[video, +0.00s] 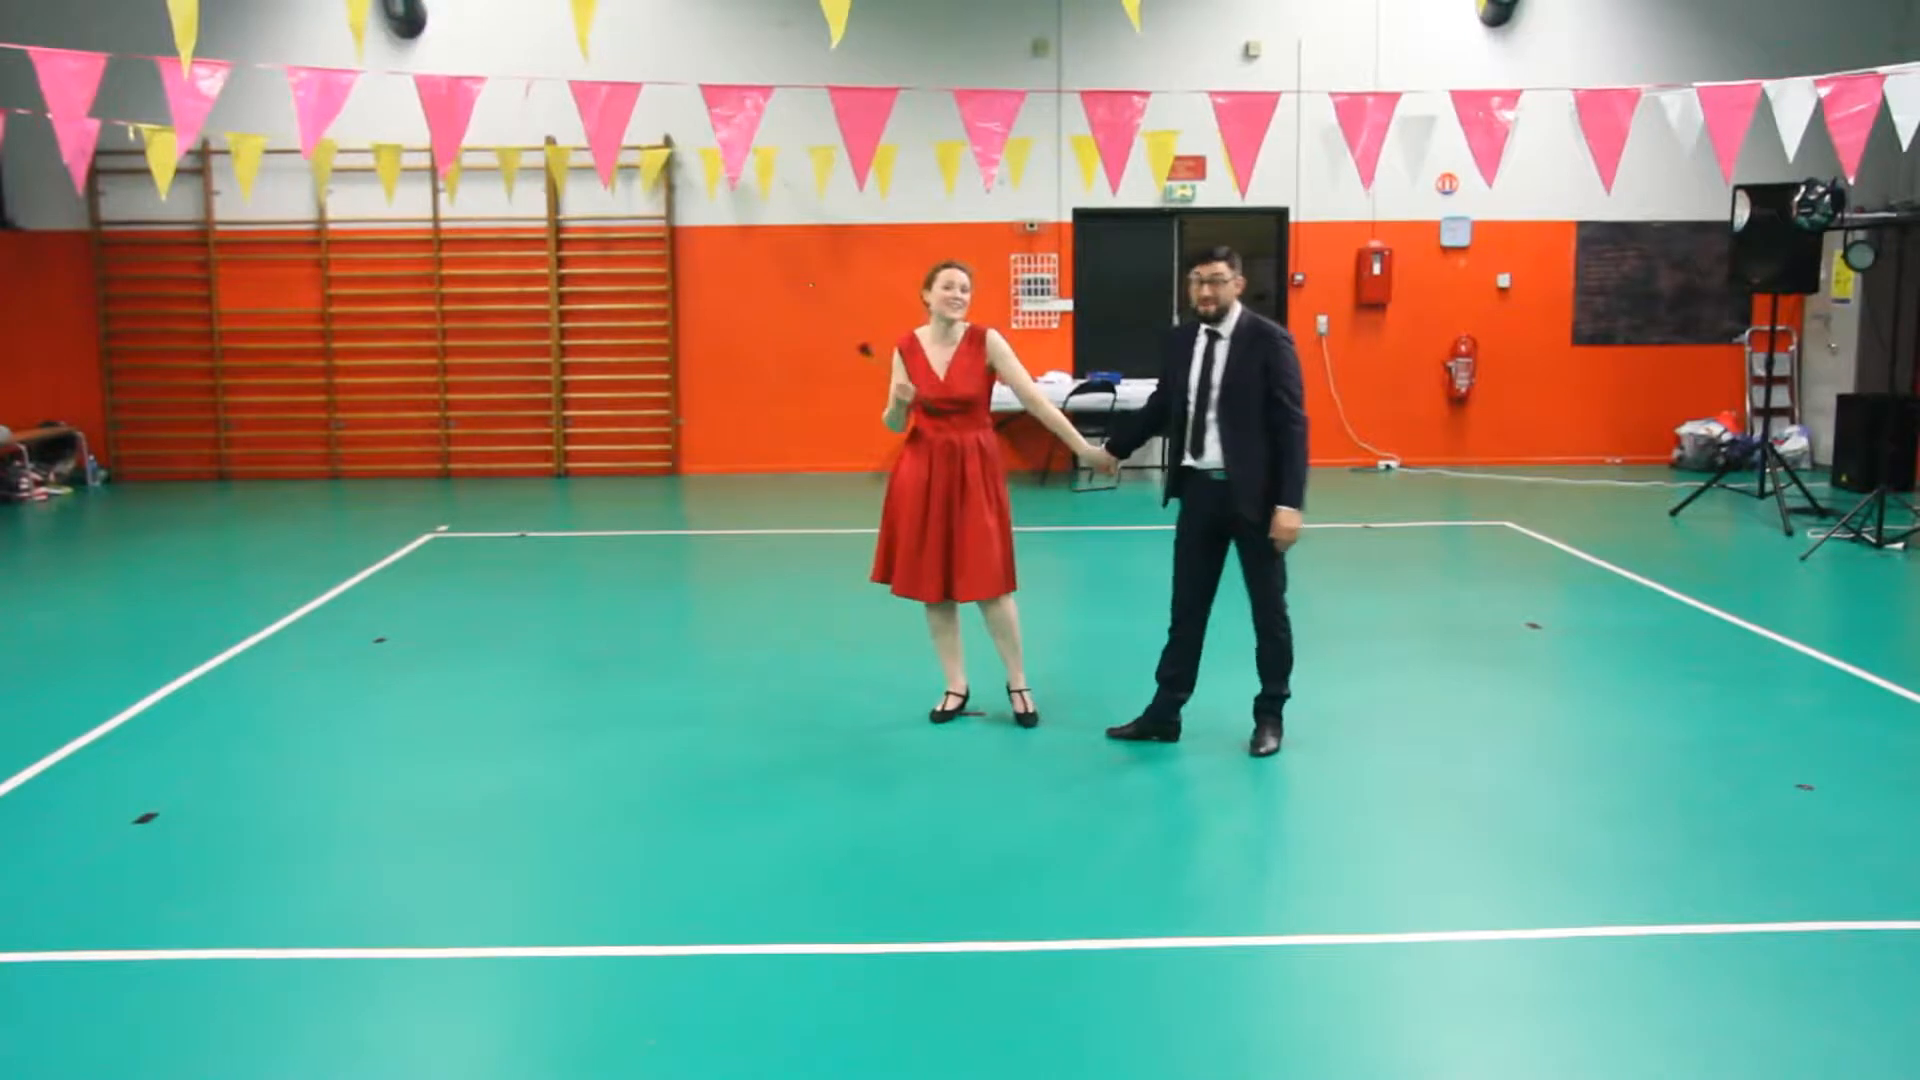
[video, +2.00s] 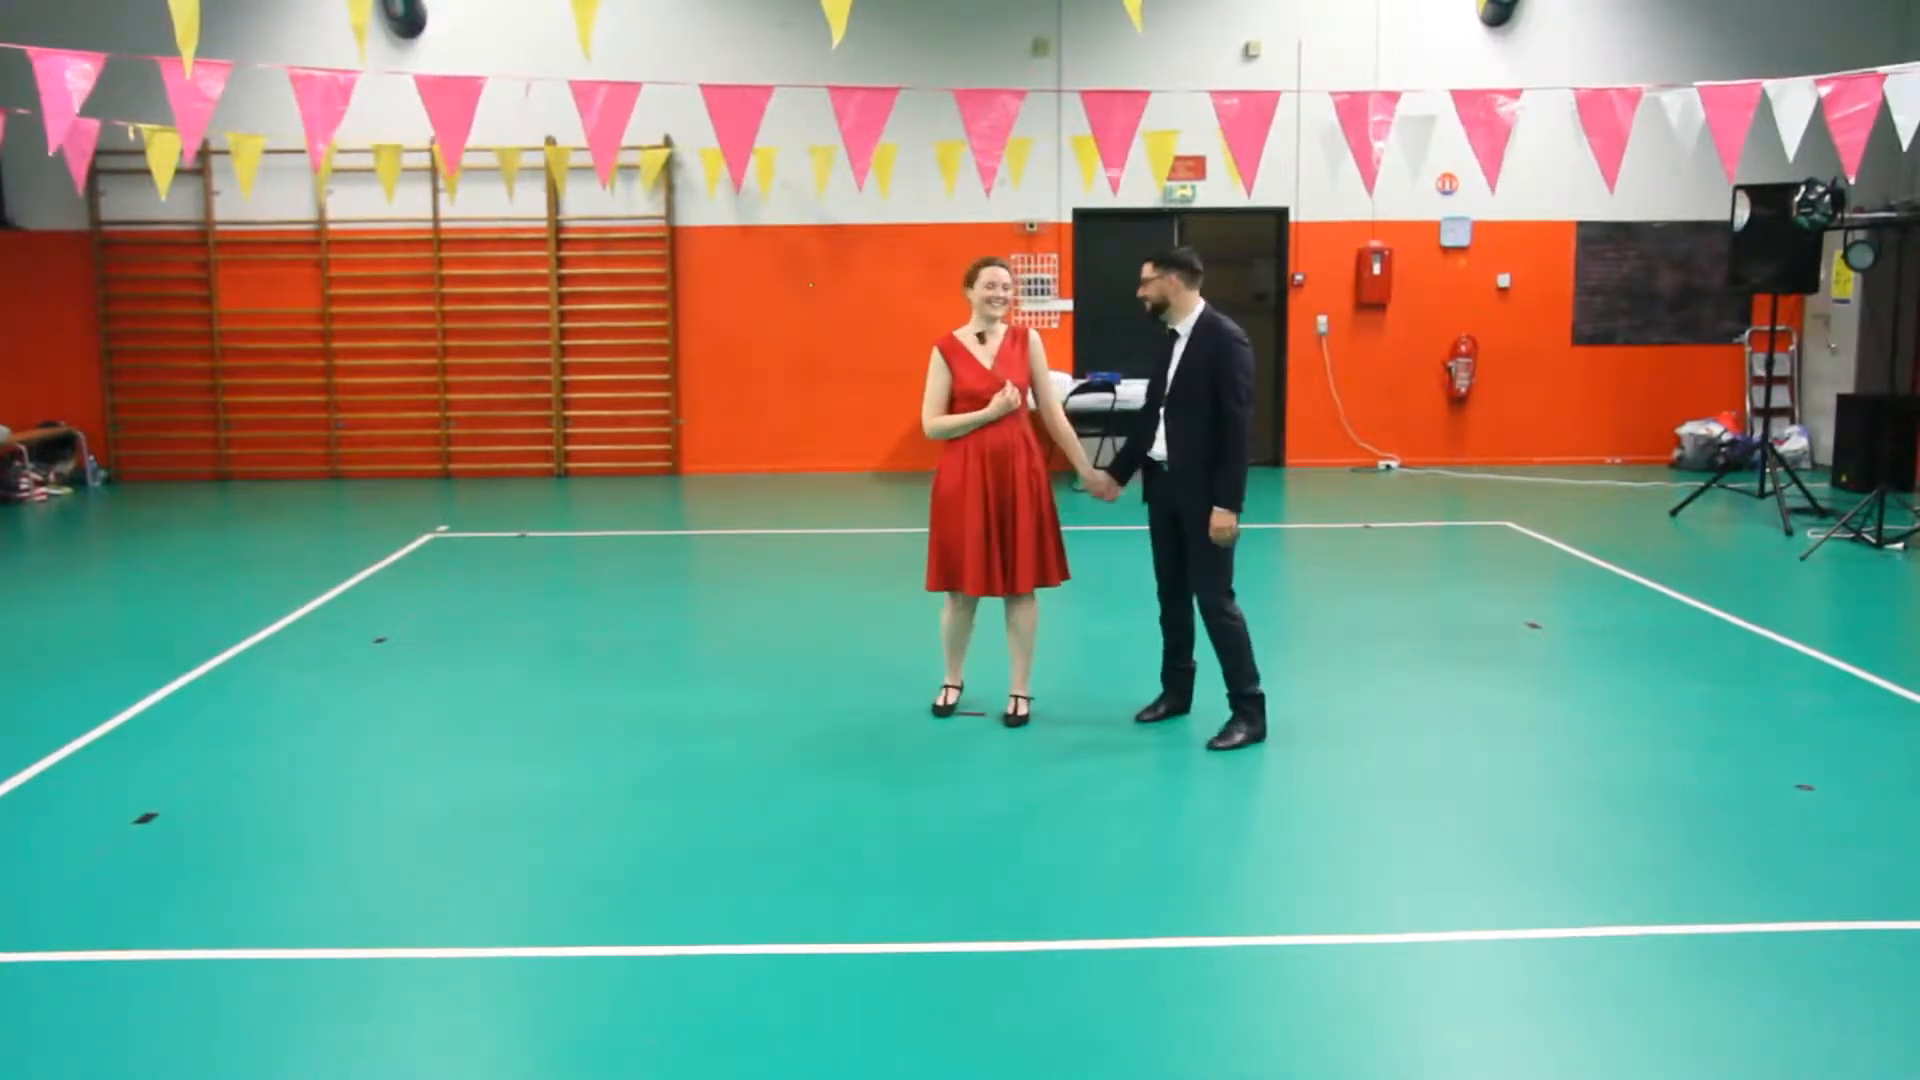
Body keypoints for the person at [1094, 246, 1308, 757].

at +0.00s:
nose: (1207, 291)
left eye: (1217, 281)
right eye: (1198, 282)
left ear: (1240, 285)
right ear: (1188, 289)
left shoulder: (1270, 341)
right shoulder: (1181, 340)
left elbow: (1292, 424)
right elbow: (1163, 405)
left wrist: (1291, 501)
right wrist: (1114, 448)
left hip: (1253, 492)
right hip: (1199, 490)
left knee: (1268, 610)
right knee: (1187, 607)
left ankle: (1270, 716)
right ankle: (1164, 713)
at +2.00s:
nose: (1141, 291)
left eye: (1147, 281)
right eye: (1141, 282)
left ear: (1178, 281)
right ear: (1171, 284)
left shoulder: (1226, 340)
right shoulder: (1167, 337)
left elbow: (1237, 428)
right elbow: (1152, 411)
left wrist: (1228, 503)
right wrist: (1118, 473)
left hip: (1205, 488)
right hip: (1163, 483)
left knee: (1215, 600)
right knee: (1172, 596)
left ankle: (1249, 713)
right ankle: (1176, 692)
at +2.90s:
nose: (1180, 290)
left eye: (1186, 280)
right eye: (1182, 281)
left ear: (1209, 283)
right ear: (1210, 285)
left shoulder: (1265, 345)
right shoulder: (1203, 343)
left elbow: (1284, 433)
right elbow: (1178, 412)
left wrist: (1286, 514)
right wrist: (1119, 444)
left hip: (1250, 498)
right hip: (1200, 494)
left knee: (1257, 613)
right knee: (1196, 611)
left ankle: (1254, 718)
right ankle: (1186, 727)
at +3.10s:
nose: (1170, 289)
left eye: (1175, 279)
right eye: (1172, 280)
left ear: (1200, 282)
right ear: (1199, 283)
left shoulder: (1256, 343)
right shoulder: (1193, 339)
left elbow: (1269, 435)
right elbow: (1173, 415)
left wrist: (1256, 514)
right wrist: (1115, 451)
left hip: (1235, 501)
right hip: (1188, 497)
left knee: (1244, 618)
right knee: (1197, 620)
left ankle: (1254, 717)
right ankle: (1192, 728)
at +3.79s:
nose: (1139, 290)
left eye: (1150, 281)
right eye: (1137, 281)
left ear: (1184, 283)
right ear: (1142, 287)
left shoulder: (1221, 345)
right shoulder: (1152, 344)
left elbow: (1244, 433)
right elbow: (1139, 424)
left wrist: (1245, 515)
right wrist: (1097, 479)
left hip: (1203, 501)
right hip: (1157, 497)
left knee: (1191, 625)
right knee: (1177, 623)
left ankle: (1201, 753)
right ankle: (1187, 727)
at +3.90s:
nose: (1134, 291)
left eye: (1144, 282)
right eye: (1131, 282)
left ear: (1179, 283)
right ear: (1139, 288)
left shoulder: (1214, 345)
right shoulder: (1148, 345)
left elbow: (1241, 434)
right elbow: (1134, 423)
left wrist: (1246, 516)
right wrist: (1096, 480)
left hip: (1199, 504)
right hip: (1153, 501)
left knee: (1191, 628)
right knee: (1175, 626)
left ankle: (1186, 752)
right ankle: (1185, 729)